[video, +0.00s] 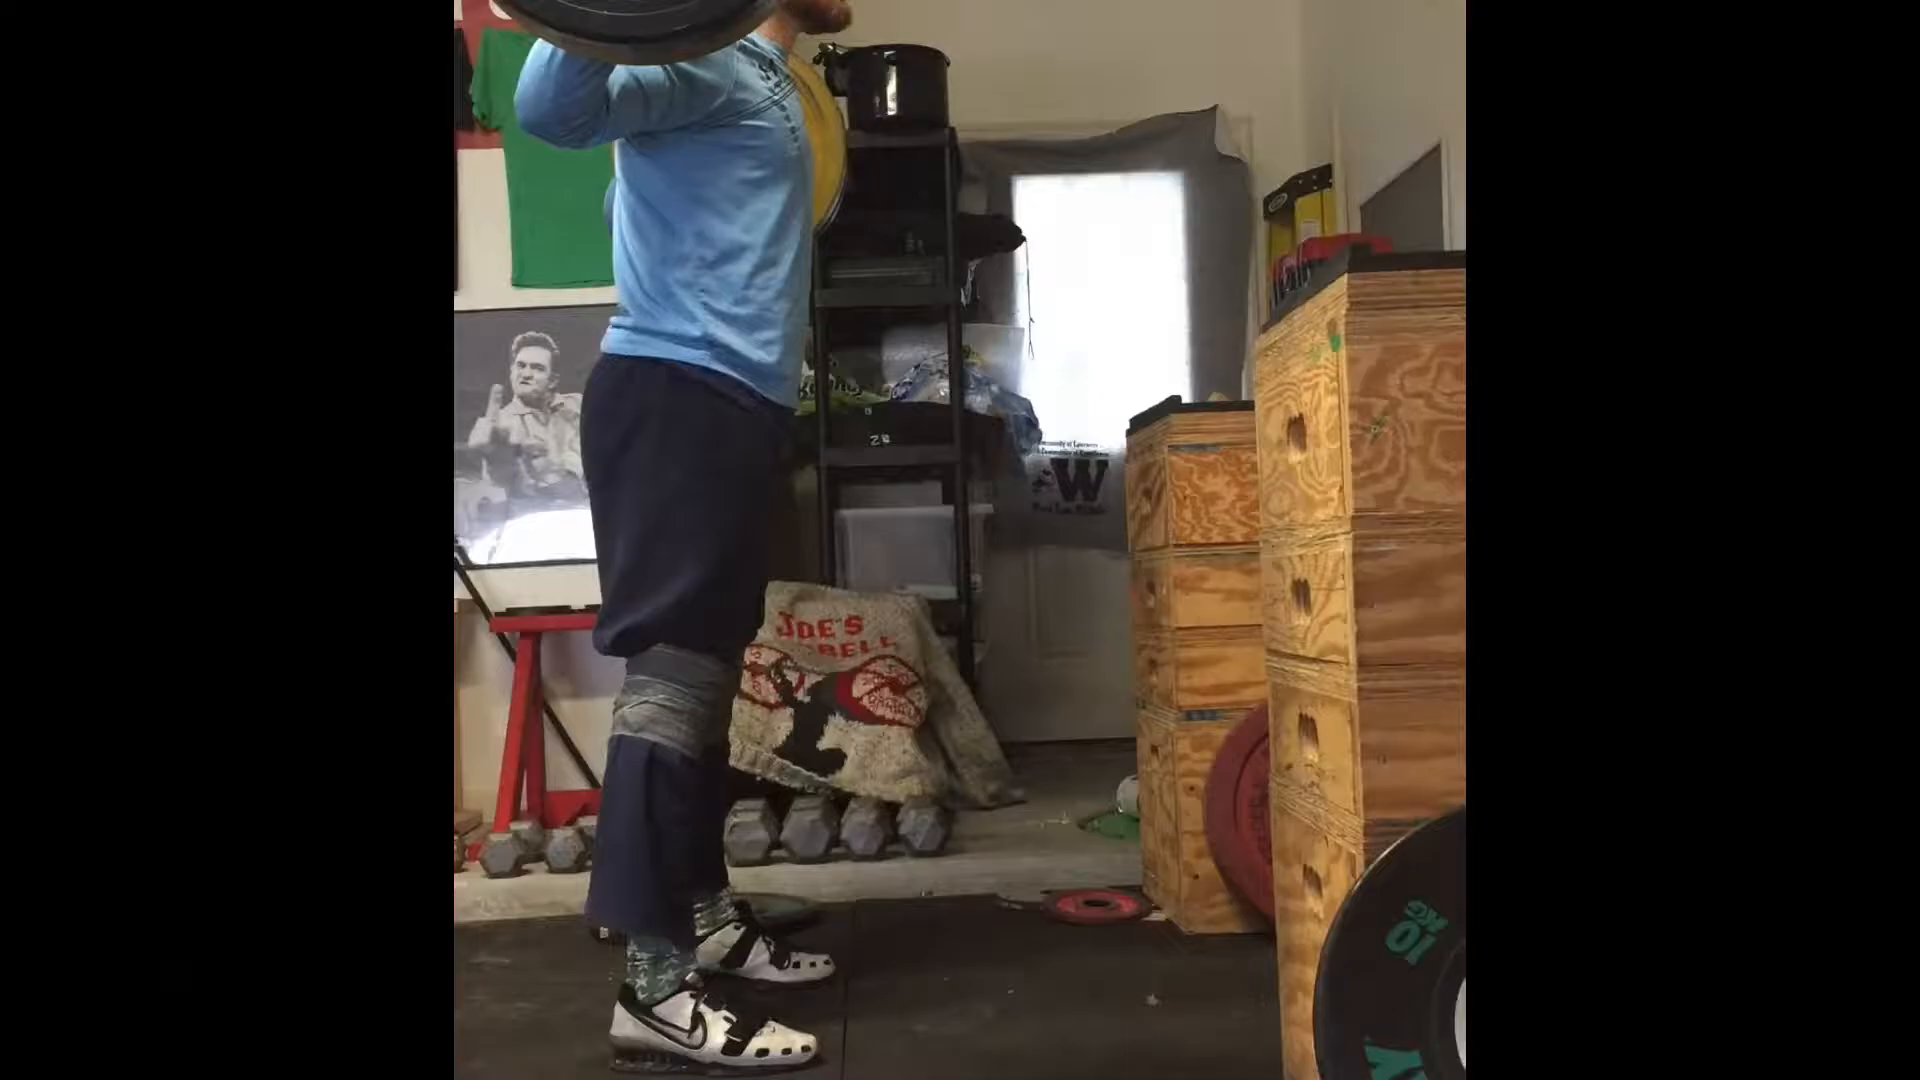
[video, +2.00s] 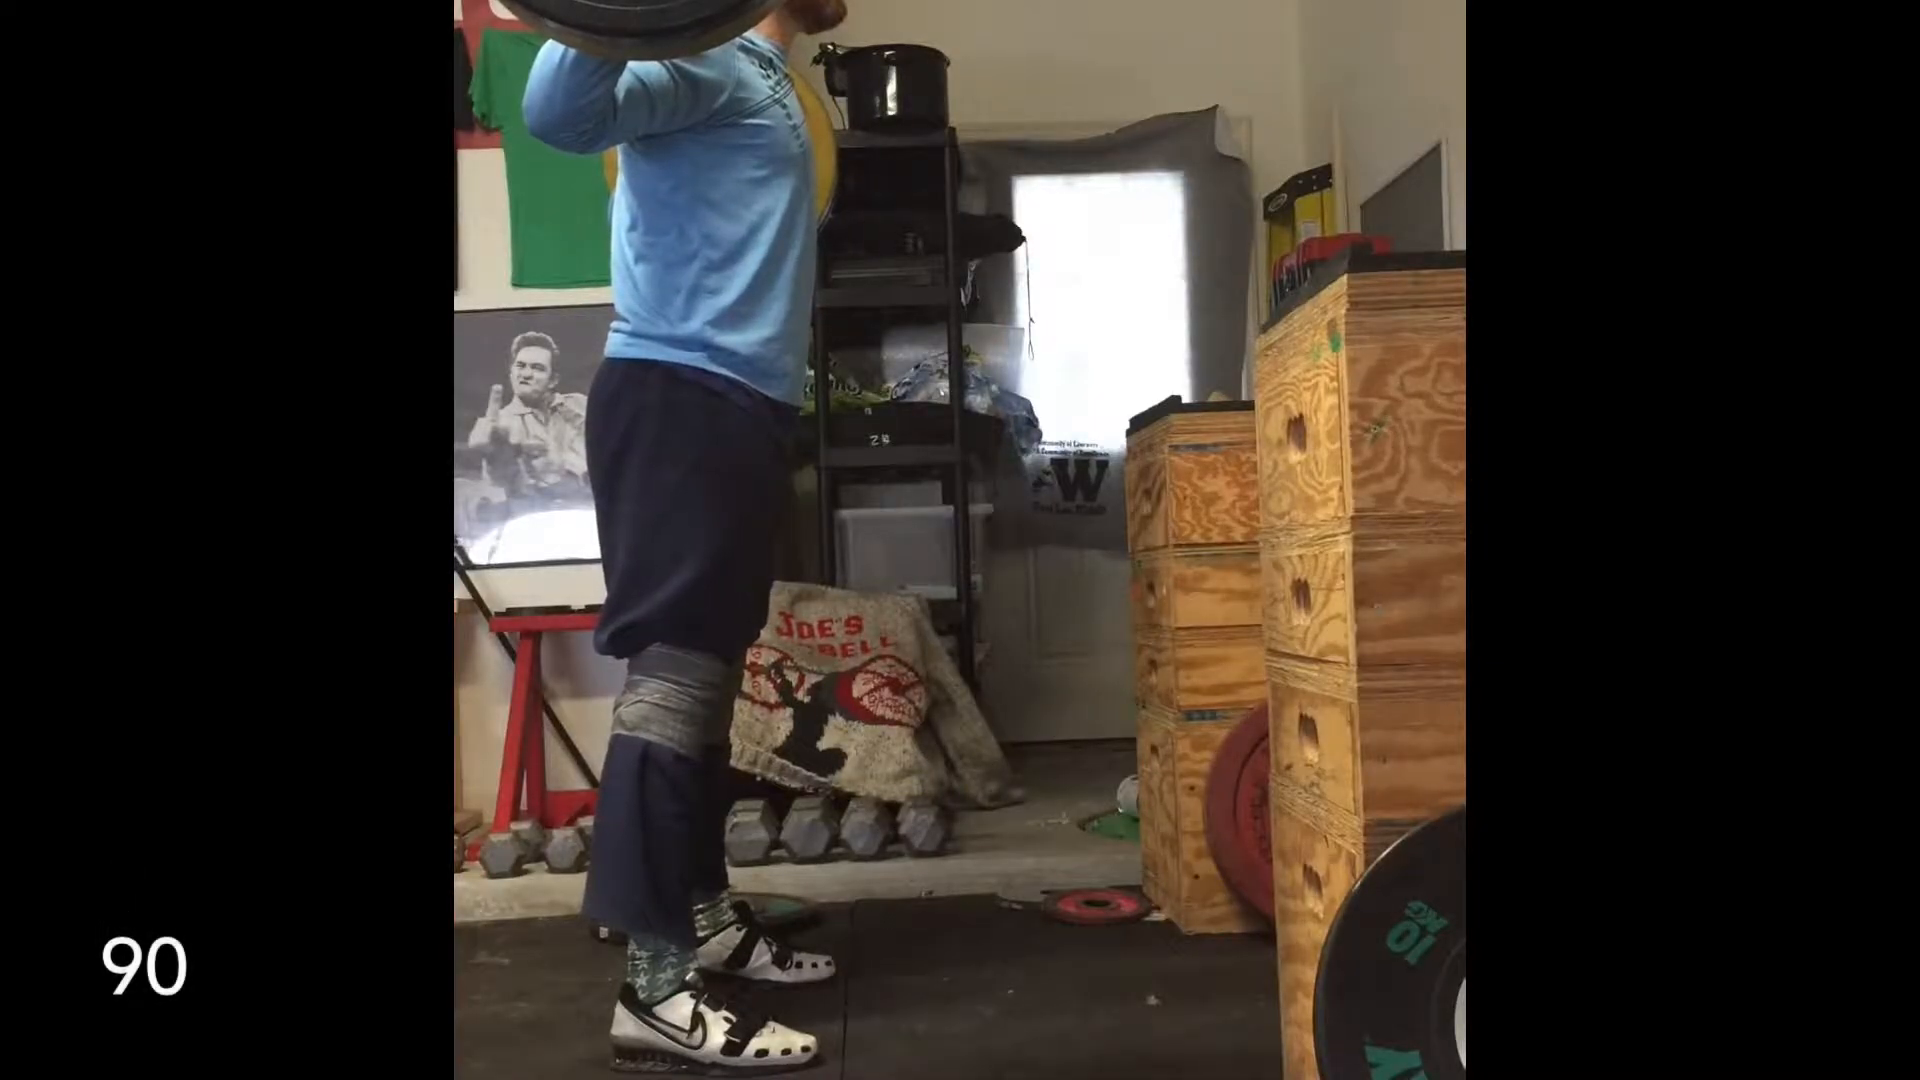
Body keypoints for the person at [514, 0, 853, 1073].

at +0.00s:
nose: (844, 4)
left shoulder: (771, 84)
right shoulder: (705, 66)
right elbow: (550, 111)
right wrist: (605, 3)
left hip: (732, 408)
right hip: (678, 400)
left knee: (704, 677)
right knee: (675, 682)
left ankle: (702, 923)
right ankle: (654, 981)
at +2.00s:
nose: (838, 7)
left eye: (836, 2)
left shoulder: (771, 77)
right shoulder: (705, 63)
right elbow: (556, 113)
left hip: (739, 407)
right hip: (681, 400)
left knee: (707, 673)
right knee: (675, 679)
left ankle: (699, 916)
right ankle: (655, 980)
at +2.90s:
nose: (849, 5)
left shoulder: (773, 81)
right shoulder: (713, 66)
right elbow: (560, 115)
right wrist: (620, 4)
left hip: (736, 408)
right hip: (681, 401)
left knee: (704, 674)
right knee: (672, 681)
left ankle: (703, 918)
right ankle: (654, 981)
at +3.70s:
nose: (849, 5)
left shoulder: (783, 81)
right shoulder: (718, 65)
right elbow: (568, 116)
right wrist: (621, 3)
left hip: (742, 406)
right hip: (686, 399)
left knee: (715, 670)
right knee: (689, 675)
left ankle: (703, 917)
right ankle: (658, 981)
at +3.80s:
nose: (850, 4)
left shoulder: (788, 87)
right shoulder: (718, 68)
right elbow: (569, 119)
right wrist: (627, 3)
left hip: (743, 406)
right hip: (684, 398)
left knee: (730, 664)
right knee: (718, 667)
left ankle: (703, 917)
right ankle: (662, 978)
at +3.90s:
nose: (850, 12)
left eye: (846, 6)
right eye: (841, 1)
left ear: (801, 15)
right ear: (810, 3)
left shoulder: (793, 102)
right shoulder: (714, 82)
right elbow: (570, 136)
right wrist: (633, 16)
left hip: (733, 417)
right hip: (674, 410)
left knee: (760, 671)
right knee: (749, 676)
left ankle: (707, 919)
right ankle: (663, 978)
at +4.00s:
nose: (845, 32)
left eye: (842, 18)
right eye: (832, 16)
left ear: (799, 36)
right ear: (788, 24)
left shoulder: (790, 129)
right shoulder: (720, 118)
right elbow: (573, 171)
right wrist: (631, 38)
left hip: (721, 442)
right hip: (665, 436)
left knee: (776, 677)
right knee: (785, 681)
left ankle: (711, 915)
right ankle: (665, 978)